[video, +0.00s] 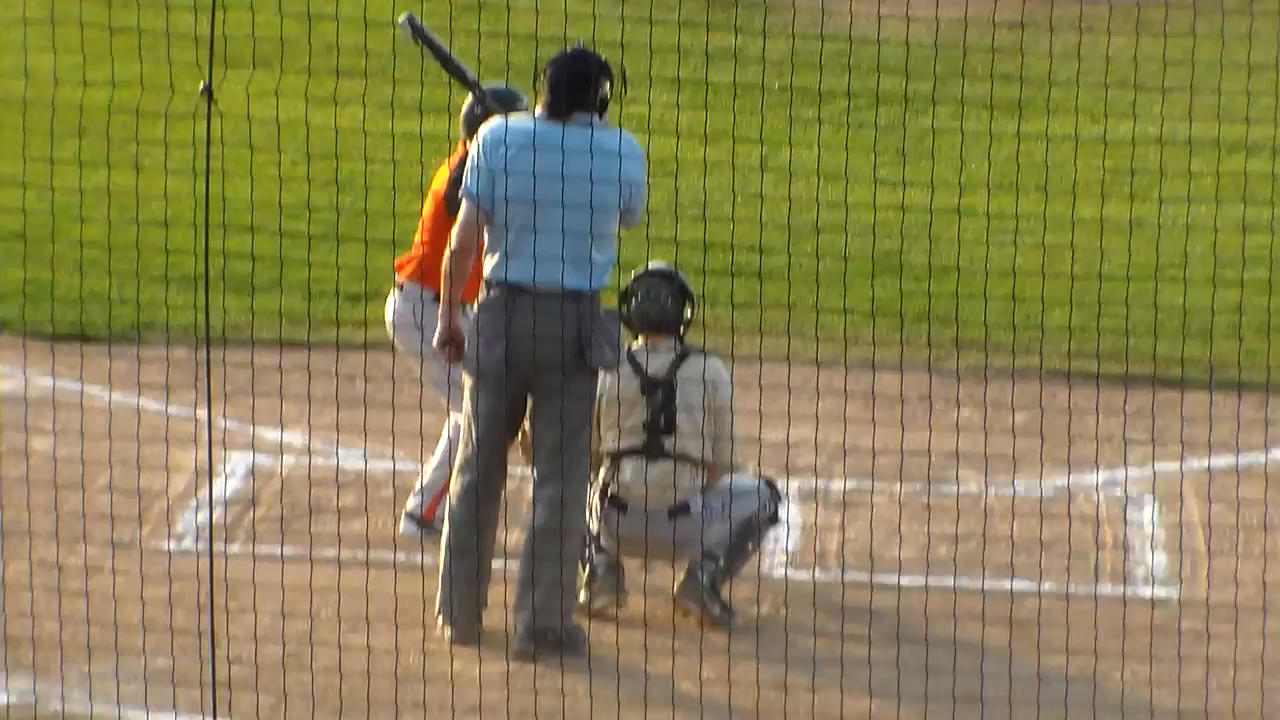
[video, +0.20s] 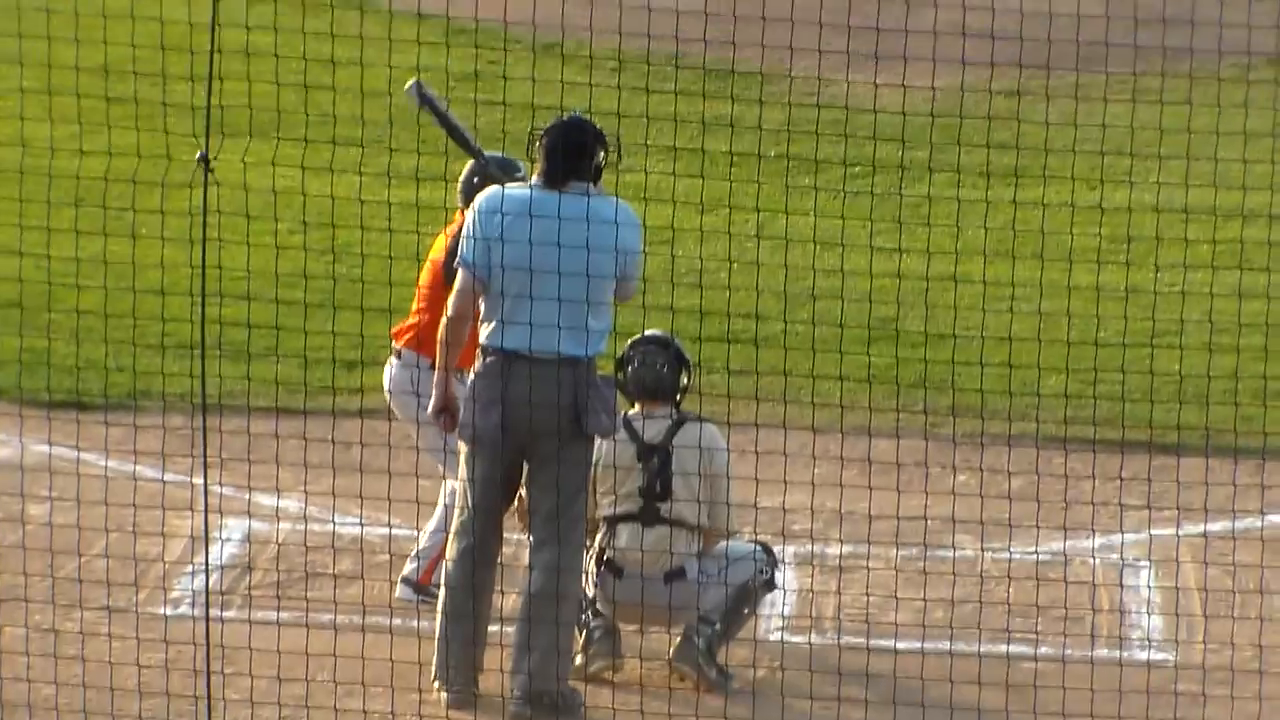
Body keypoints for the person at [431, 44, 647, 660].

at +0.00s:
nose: (605, 103)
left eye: (601, 94)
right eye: (605, 96)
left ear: (547, 92)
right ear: (599, 98)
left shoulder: (497, 135)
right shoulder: (622, 149)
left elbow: (466, 232)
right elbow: (630, 217)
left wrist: (449, 311)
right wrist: (595, 142)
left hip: (503, 313)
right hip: (574, 318)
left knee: (479, 464)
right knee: (562, 473)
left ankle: (461, 612)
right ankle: (543, 624)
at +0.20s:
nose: (600, 169)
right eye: (599, 162)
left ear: (541, 160)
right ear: (595, 166)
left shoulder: (492, 204)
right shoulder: (619, 218)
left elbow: (462, 303)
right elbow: (624, 291)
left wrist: (444, 377)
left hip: (497, 381)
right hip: (569, 386)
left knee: (475, 530)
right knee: (558, 538)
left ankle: (456, 678)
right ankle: (540, 690)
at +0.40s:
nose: (600, 163)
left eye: (591, 154)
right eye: (598, 155)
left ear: (539, 157)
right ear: (592, 160)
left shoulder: (492, 203)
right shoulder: (620, 217)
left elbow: (463, 305)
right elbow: (633, 318)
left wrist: (442, 377)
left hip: (500, 376)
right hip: (573, 380)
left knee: (477, 522)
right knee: (561, 529)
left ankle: (459, 667)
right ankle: (542, 680)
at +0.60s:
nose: (592, 130)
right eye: (594, 121)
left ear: (538, 122)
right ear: (592, 126)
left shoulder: (491, 171)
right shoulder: (620, 183)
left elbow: (463, 271)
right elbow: (635, 285)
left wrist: (437, 337)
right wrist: (632, 362)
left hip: (501, 345)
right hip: (575, 350)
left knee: (478, 489)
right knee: (561, 497)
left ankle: (459, 635)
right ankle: (541, 645)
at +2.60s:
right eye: (596, 91)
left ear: (540, 89)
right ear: (595, 93)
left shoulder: (495, 136)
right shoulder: (623, 149)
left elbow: (454, 239)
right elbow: (638, 255)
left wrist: (459, 305)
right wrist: (638, 329)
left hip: (506, 311)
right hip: (582, 318)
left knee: (462, 431)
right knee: (568, 460)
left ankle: (452, 575)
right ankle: (545, 605)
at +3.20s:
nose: (580, 158)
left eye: (510, 145)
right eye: (578, 151)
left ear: (515, 146)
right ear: (571, 154)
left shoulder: (471, 189)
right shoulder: (586, 197)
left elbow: (400, 264)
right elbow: (605, 281)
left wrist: (424, 341)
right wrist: (632, 354)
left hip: (456, 341)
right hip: (533, 344)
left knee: (437, 431)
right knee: (623, 457)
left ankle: (383, 563)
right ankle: (638, 592)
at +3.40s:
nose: (598, 209)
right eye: (595, 202)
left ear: (538, 197)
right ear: (590, 204)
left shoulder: (490, 237)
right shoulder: (603, 247)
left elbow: (405, 297)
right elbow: (625, 320)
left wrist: (435, 366)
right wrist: (645, 397)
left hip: (467, 389)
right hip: (547, 393)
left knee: (441, 450)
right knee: (652, 473)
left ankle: (383, 561)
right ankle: (648, 605)